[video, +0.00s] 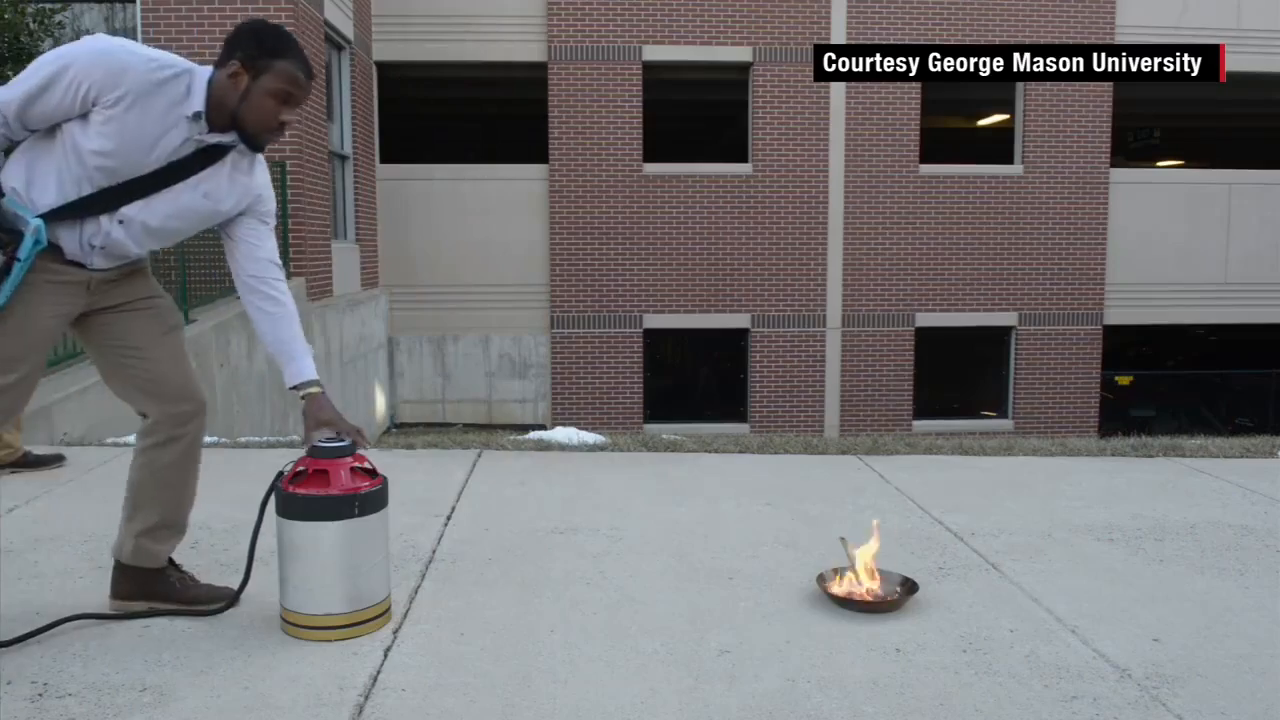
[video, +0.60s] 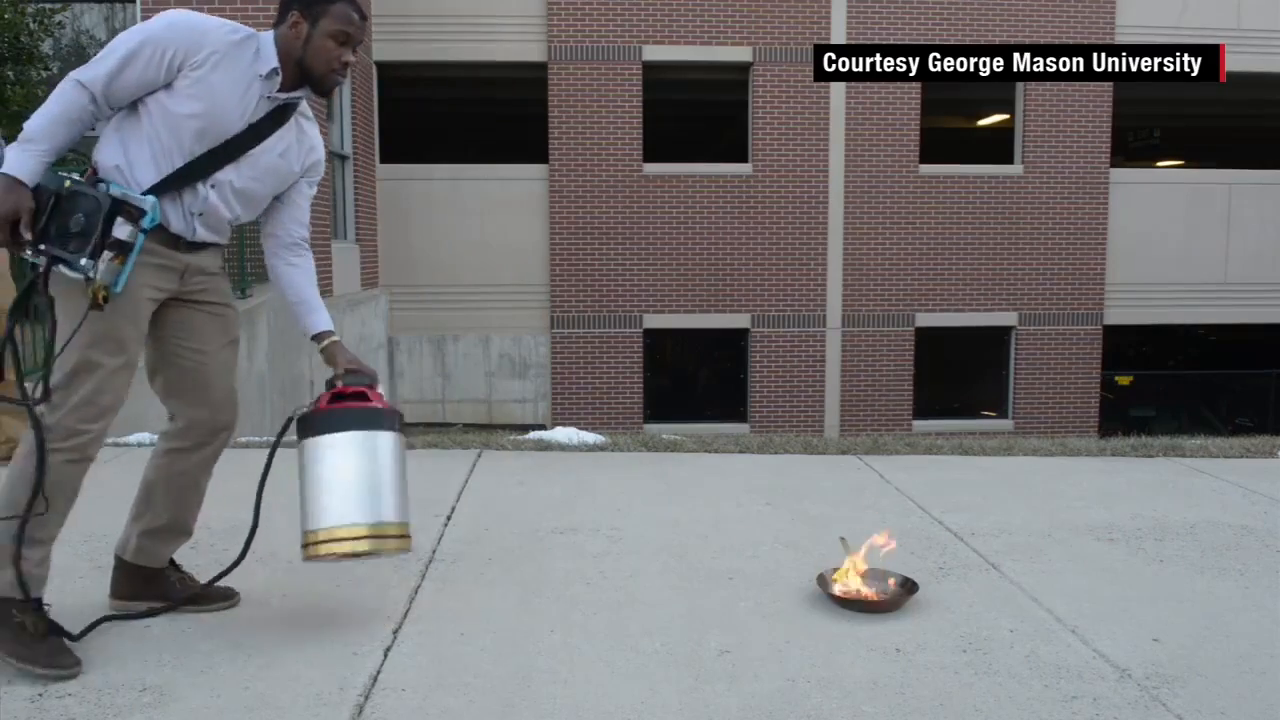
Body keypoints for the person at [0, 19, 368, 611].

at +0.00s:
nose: (286, 121)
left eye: (295, 109)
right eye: (282, 100)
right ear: (235, 74)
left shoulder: (247, 185)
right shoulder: (113, 67)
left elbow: (266, 289)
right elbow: (7, 113)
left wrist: (312, 394)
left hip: (119, 275)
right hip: (30, 257)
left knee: (179, 408)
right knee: (3, 419)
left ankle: (142, 570)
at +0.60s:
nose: (352, 60)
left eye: (358, 49)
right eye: (342, 40)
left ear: (350, 55)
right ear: (293, 25)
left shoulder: (304, 149)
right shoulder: (197, 38)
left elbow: (290, 251)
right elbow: (89, 88)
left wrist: (332, 346)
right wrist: (18, 172)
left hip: (199, 267)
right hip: (115, 243)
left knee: (208, 415)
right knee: (74, 422)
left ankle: (144, 570)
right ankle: (13, 597)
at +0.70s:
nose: (350, 35)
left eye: (356, 23)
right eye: (340, 17)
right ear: (293, 6)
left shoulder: (307, 124)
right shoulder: (205, 26)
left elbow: (291, 227)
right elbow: (97, 83)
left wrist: (342, 311)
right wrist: (43, 176)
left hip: (215, 261)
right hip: (139, 241)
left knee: (207, 415)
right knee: (127, 418)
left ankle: (147, 566)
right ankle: (87, 601)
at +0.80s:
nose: (354, 23)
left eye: (359, 12)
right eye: (344, 7)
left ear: (322, 14)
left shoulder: (312, 110)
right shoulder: (207, 20)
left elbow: (295, 214)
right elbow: (104, 83)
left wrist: (348, 288)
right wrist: (63, 180)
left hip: (228, 258)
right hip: (157, 245)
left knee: (215, 419)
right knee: (166, 417)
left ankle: (155, 570)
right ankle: (154, 604)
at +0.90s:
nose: (357, 10)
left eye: (359, 3)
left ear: (333, 8)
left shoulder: (322, 92)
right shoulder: (213, 16)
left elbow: (309, 199)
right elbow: (114, 93)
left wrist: (374, 275)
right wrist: (97, 195)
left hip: (252, 255)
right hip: (187, 246)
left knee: (216, 411)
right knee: (225, 418)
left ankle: (142, 562)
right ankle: (262, 598)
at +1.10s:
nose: (368, 7)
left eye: (370, 1)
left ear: (349, 7)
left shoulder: (349, 76)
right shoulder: (235, 16)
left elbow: (345, 187)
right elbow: (152, 110)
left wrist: (411, 258)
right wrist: (161, 214)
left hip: (296, 263)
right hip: (246, 255)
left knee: (252, 424)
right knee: (298, 431)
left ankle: (155, 550)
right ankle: (331, 603)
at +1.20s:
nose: (391, 4)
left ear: (382, 6)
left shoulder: (374, 69)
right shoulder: (262, 16)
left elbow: (377, 183)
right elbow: (190, 119)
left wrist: (447, 259)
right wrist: (208, 224)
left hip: (357, 264)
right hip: (294, 259)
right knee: (348, 426)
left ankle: (229, 504)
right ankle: (337, 606)